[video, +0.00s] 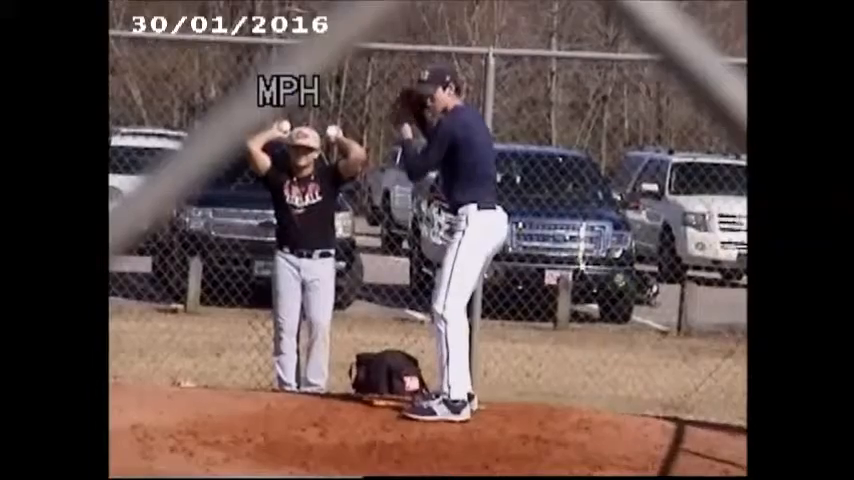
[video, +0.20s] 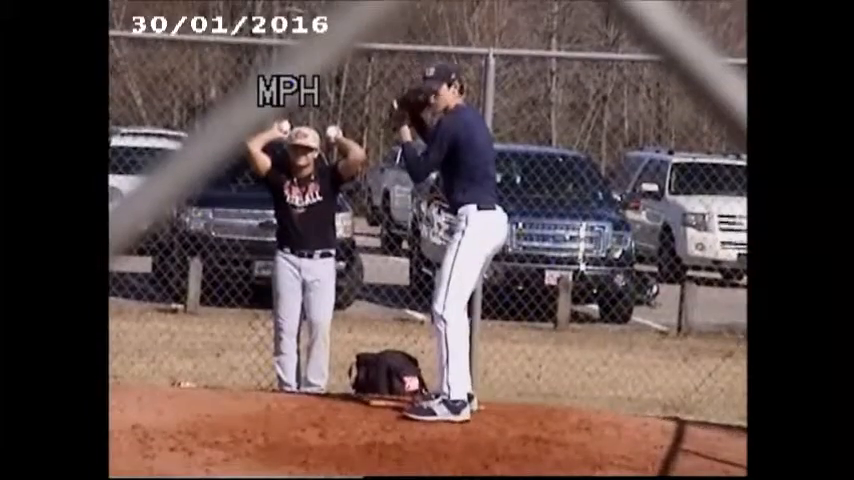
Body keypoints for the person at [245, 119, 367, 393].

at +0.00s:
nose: (303, 157)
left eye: (308, 152)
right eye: (298, 151)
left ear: (318, 153)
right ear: (289, 152)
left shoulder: (330, 175)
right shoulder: (277, 177)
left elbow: (359, 157)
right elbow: (252, 147)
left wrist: (340, 139)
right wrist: (274, 132)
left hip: (321, 260)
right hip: (287, 258)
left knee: (320, 323)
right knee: (285, 325)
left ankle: (315, 384)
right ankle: (285, 384)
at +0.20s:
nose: (302, 157)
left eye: (307, 151)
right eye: (297, 151)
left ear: (317, 153)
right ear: (288, 153)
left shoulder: (330, 176)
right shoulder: (278, 178)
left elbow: (359, 158)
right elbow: (251, 148)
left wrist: (339, 139)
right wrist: (274, 132)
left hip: (322, 260)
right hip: (287, 259)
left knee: (320, 323)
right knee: (285, 325)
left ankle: (315, 384)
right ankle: (286, 384)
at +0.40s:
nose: (302, 154)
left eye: (307, 149)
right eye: (297, 149)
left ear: (317, 152)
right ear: (289, 151)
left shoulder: (331, 176)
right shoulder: (279, 177)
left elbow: (359, 157)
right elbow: (254, 147)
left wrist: (340, 139)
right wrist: (274, 132)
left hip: (322, 260)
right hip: (288, 258)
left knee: (320, 323)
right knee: (286, 324)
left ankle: (316, 384)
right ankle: (286, 383)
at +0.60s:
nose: (303, 152)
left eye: (309, 147)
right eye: (298, 147)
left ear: (318, 150)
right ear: (290, 149)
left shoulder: (332, 174)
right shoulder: (280, 176)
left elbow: (361, 155)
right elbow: (255, 146)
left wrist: (340, 137)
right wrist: (275, 130)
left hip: (322, 259)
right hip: (288, 257)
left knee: (320, 322)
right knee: (286, 323)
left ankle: (316, 383)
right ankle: (286, 383)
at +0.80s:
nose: (304, 152)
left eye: (310, 147)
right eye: (300, 146)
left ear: (319, 148)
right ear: (291, 147)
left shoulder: (332, 172)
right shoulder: (280, 173)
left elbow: (360, 153)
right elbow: (255, 144)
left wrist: (340, 136)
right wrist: (275, 129)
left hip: (322, 257)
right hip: (287, 255)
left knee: (320, 321)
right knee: (285, 321)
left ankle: (315, 382)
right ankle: (285, 382)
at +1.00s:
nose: (305, 155)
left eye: (311, 150)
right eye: (301, 149)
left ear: (320, 152)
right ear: (292, 150)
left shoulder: (332, 175)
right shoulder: (281, 176)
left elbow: (361, 156)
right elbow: (256, 147)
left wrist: (341, 139)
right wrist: (276, 131)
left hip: (323, 260)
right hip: (288, 258)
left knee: (321, 324)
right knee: (286, 324)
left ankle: (317, 385)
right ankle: (286, 384)